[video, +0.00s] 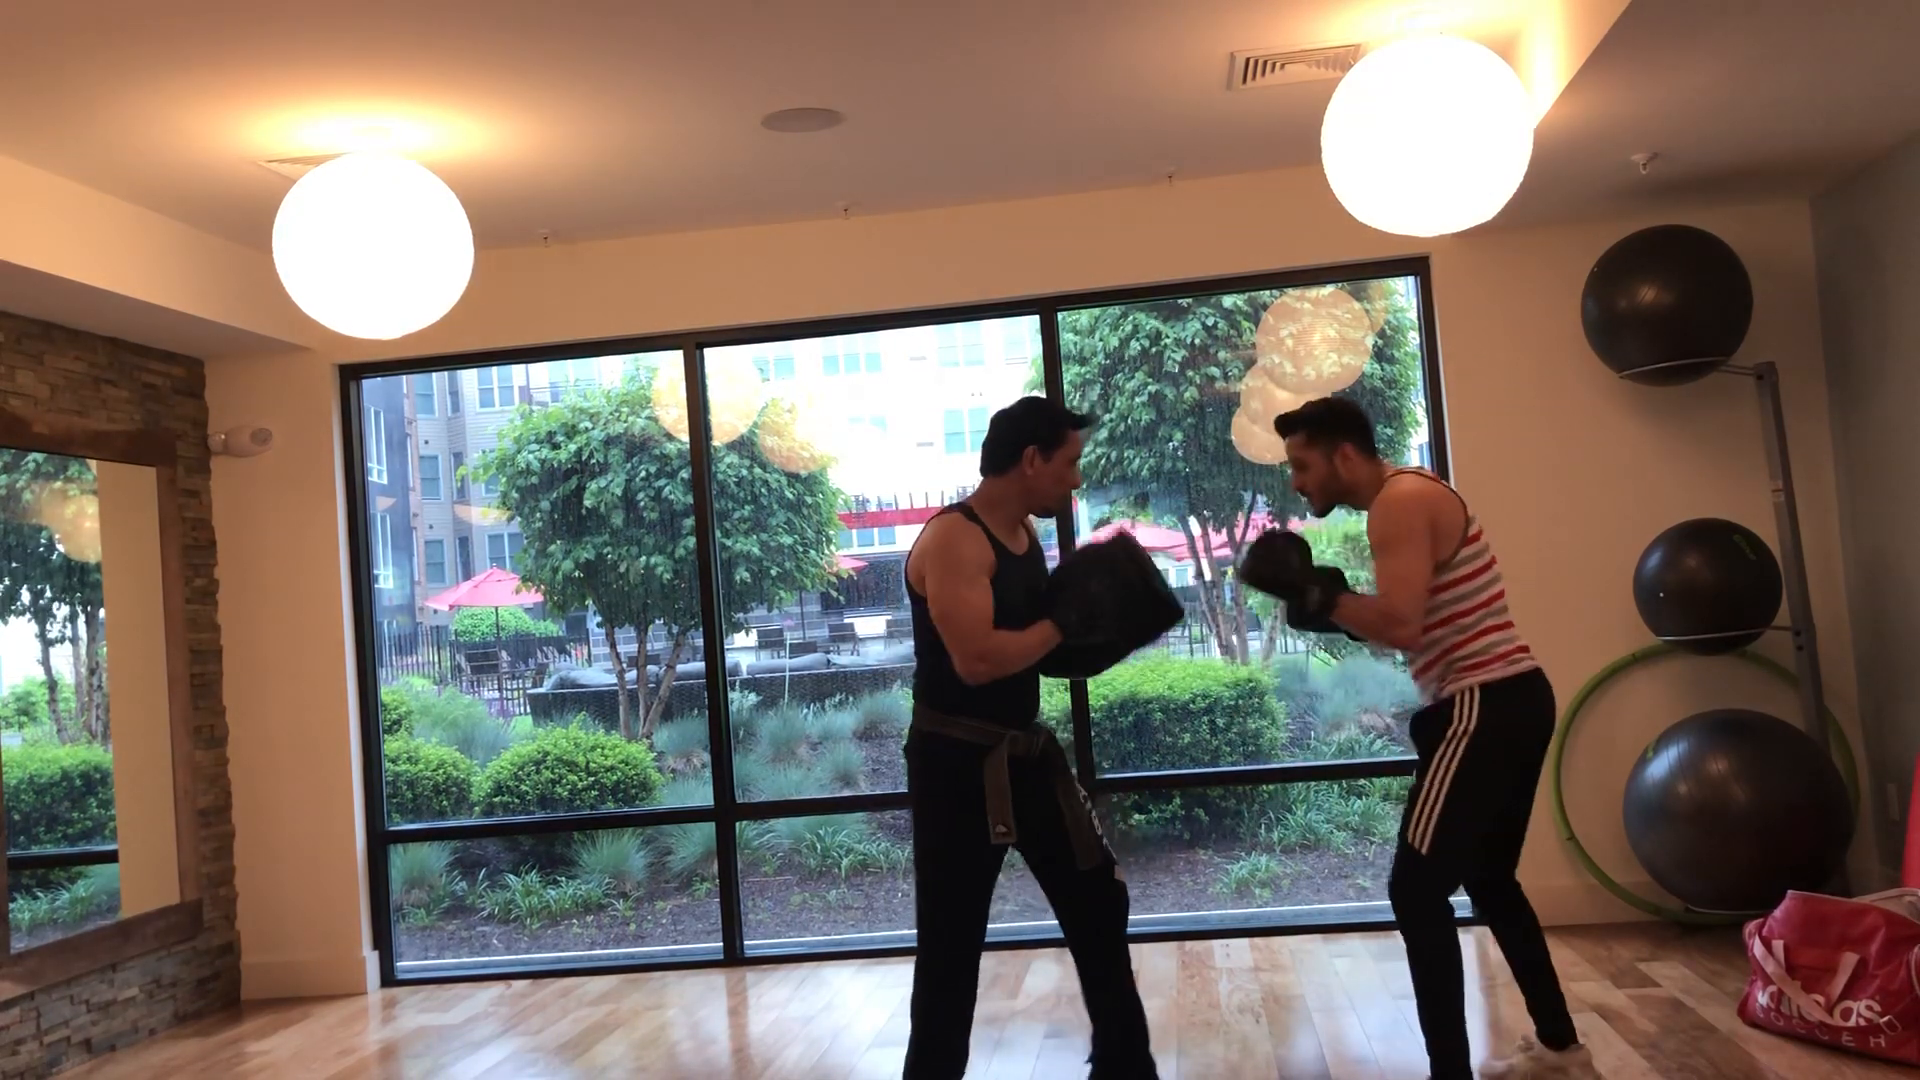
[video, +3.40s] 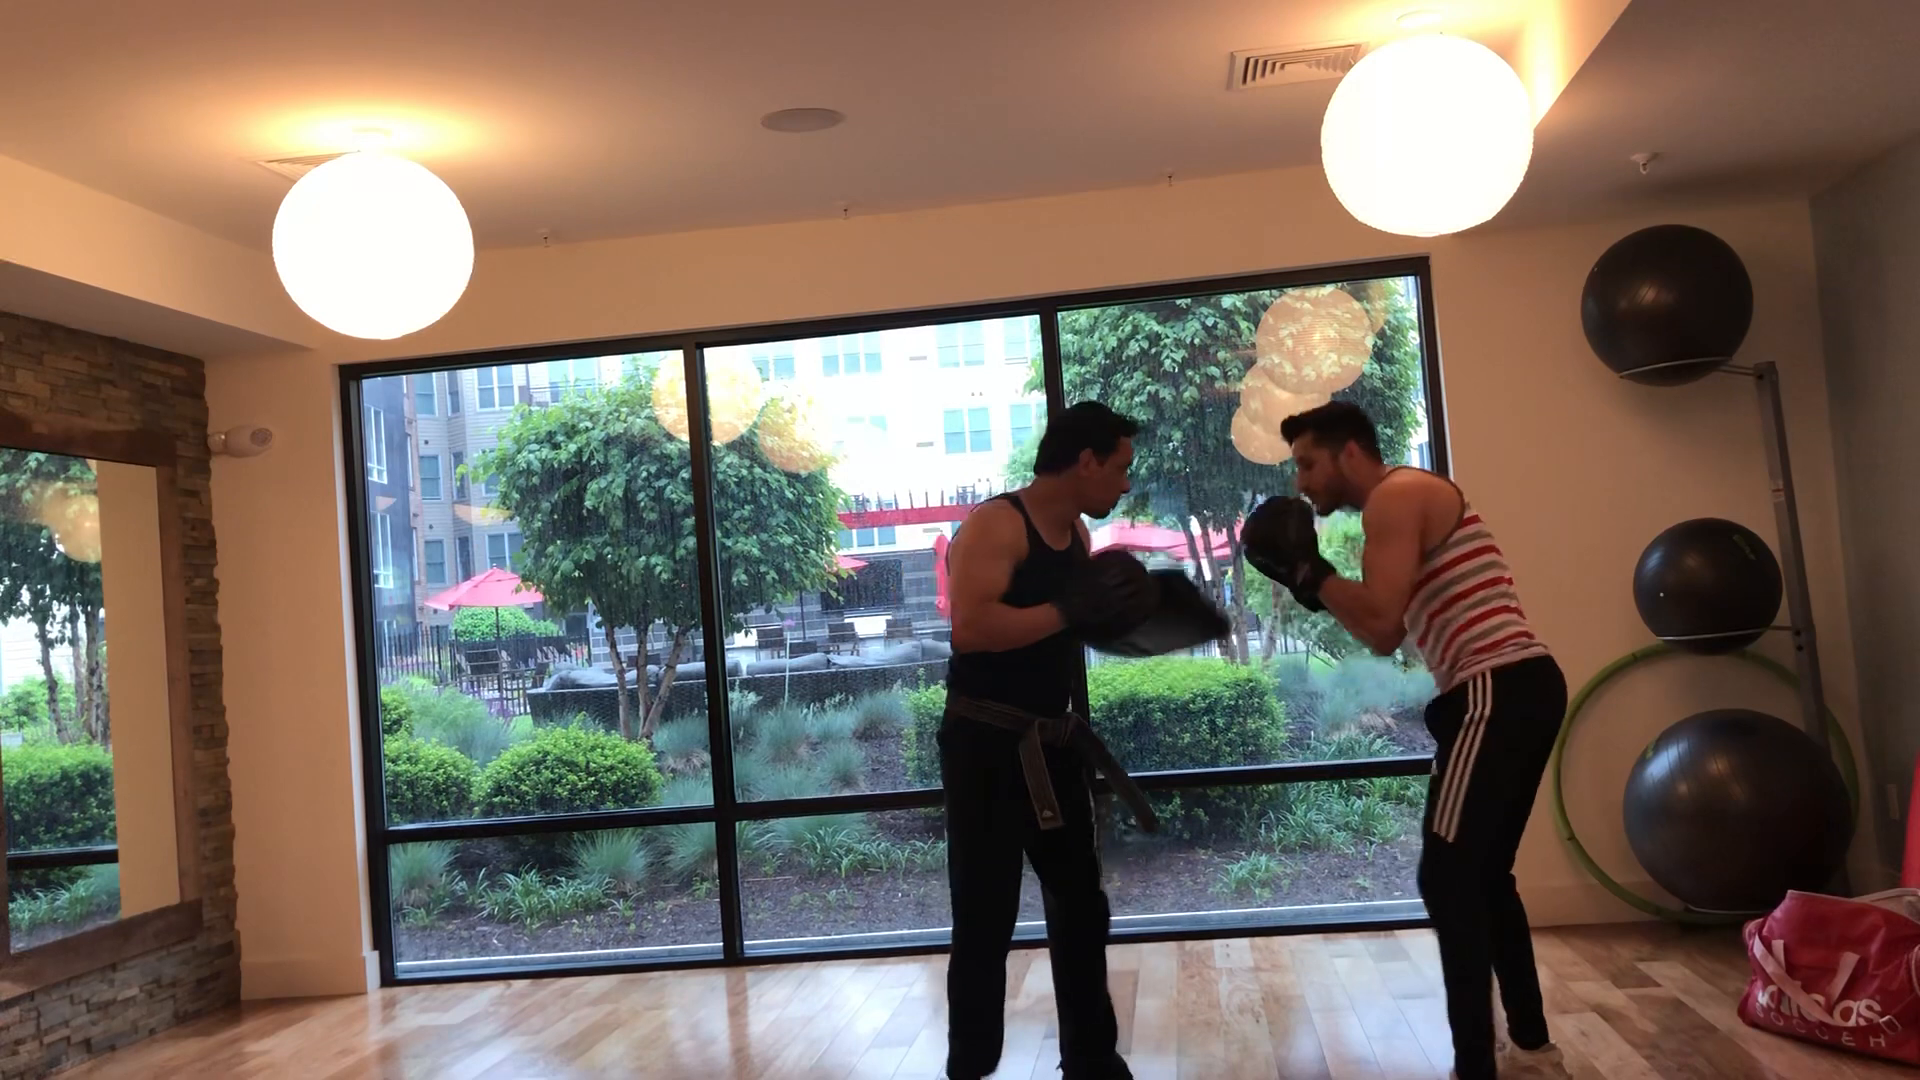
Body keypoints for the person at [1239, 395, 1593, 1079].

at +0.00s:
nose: (1295, 482)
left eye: (1300, 465)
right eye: (1291, 468)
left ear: (1344, 455)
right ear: (1348, 457)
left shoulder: (1399, 502)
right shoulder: (1417, 493)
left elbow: (1402, 624)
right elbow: (1417, 623)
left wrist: (1320, 592)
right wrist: (1338, 604)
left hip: (1482, 706)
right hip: (1511, 698)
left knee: (1414, 890)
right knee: (1490, 877)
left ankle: (1449, 1072)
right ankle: (1556, 1032)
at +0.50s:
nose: (1274, 528)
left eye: (1277, 511)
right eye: (1270, 513)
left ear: (1317, 501)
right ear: (1324, 500)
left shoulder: (1400, 565)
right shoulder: (1388, 533)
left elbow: (1354, 700)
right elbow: (1392, 648)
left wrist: (1289, 642)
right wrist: (1312, 641)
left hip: (1501, 735)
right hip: (1492, 727)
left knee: (1417, 912)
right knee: (1466, 895)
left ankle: (1454, 1075)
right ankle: (1552, 1037)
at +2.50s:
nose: (1276, 566)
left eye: (1278, 551)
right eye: (1274, 551)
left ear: (1310, 558)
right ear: (1339, 545)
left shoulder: (1408, 627)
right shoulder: (1380, 587)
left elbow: (1333, 754)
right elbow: (1397, 683)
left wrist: (1299, 660)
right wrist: (1317, 704)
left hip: (1537, 758)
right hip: (1492, 752)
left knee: (1428, 917)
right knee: (1444, 899)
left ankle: (1481, 1071)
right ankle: (1530, 1042)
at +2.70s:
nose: (1279, 521)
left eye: (1285, 503)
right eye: (1280, 505)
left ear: (1321, 504)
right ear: (1336, 501)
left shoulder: (1402, 569)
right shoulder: (1384, 558)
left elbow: (1350, 708)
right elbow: (1396, 661)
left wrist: (1285, 644)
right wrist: (1303, 687)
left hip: (1519, 744)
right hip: (1488, 742)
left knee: (1432, 915)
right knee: (1454, 899)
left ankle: (1481, 1071)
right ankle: (1527, 1040)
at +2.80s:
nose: (1288, 501)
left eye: (1292, 481)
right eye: (1283, 485)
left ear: (1339, 463)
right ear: (1343, 468)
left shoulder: (1387, 524)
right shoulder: (1402, 510)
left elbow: (1387, 639)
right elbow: (1398, 633)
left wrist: (1296, 628)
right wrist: (1305, 626)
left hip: (1496, 721)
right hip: (1496, 715)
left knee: (1437, 909)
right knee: (1463, 887)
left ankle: (1483, 1069)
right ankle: (1527, 1040)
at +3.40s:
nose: (1302, 484)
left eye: (1306, 465)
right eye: (1297, 470)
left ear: (1348, 452)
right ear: (1352, 456)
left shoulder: (1397, 495)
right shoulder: (1413, 497)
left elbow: (1379, 619)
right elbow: (1384, 632)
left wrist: (1306, 567)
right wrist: (1312, 576)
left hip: (1495, 688)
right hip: (1520, 683)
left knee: (1445, 878)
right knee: (1485, 870)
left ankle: (1474, 1068)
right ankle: (1530, 1037)